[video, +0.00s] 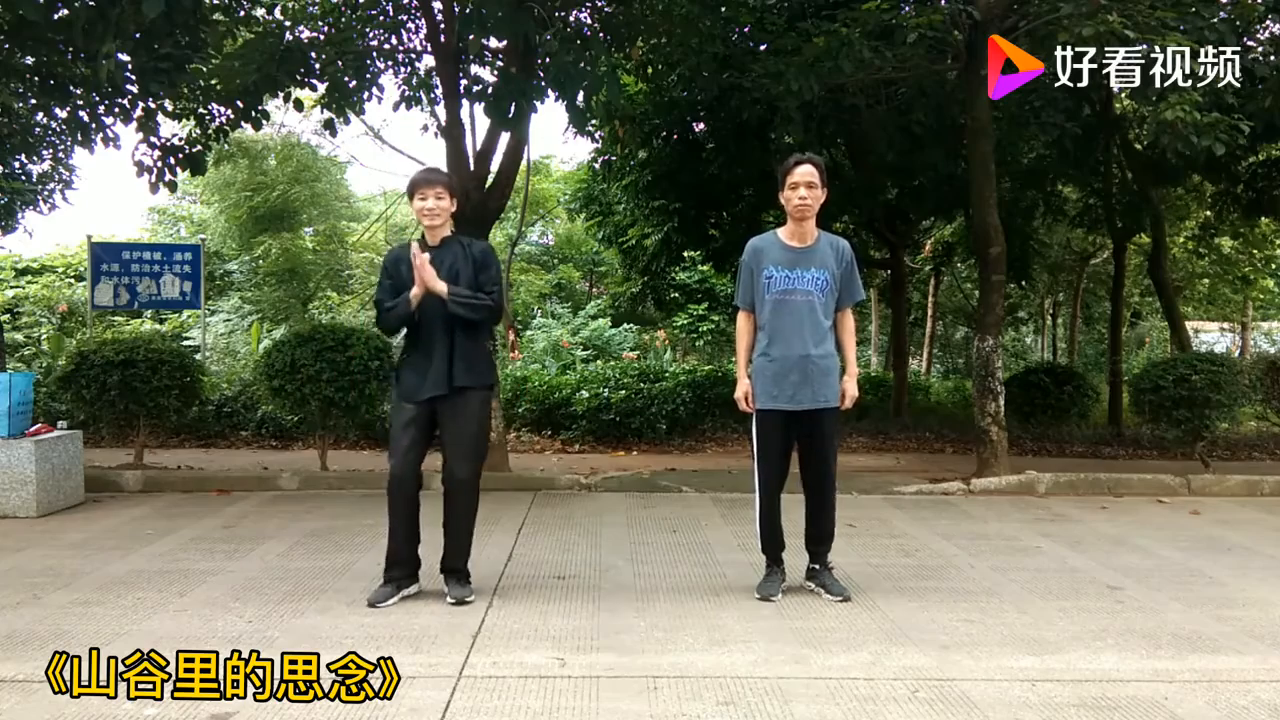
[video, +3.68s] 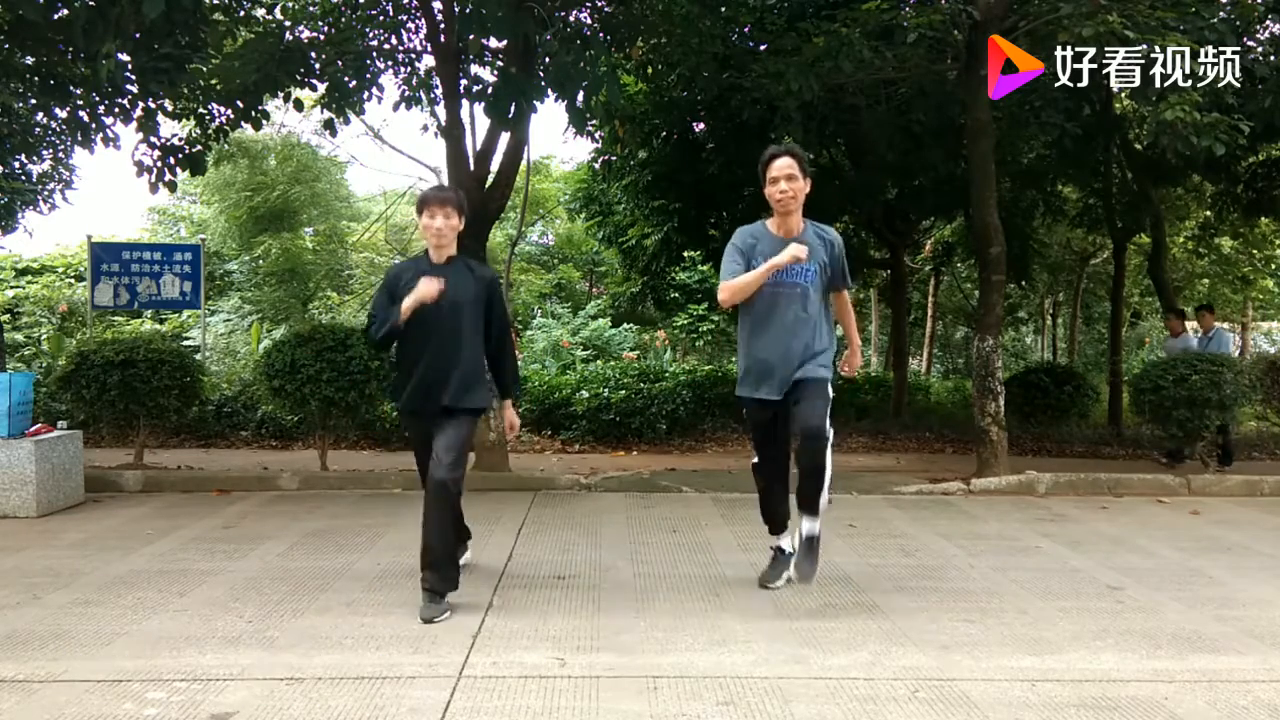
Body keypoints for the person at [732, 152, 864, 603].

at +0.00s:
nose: (803, 194)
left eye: (811, 186)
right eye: (795, 187)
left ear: (823, 194)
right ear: (782, 195)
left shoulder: (838, 250)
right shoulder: (758, 249)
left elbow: (844, 314)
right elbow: (746, 315)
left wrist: (851, 371)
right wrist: (742, 373)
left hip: (823, 384)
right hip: (770, 384)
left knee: (821, 481)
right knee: (768, 483)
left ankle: (819, 566)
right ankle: (773, 567)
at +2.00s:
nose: (804, 196)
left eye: (812, 188)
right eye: (795, 188)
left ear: (823, 196)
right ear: (782, 196)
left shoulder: (840, 251)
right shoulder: (759, 250)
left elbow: (848, 314)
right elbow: (747, 315)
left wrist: (861, 370)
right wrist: (745, 374)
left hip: (824, 387)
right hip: (772, 388)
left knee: (822, 484)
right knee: (775, 485)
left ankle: (822, 568)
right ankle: (781, 568)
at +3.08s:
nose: (785, 202)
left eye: (794, 194)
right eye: (777, 194)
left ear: (806, 203)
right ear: (765, 202)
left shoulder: (828, 254)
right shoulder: (745, 258)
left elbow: (855, 313)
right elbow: (727, 305)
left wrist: (830, 327)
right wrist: (707, 352)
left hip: (819, 393)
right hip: (766, 394)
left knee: (824, 487)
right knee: (769, 490)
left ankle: (823, 568)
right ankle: (781, 567)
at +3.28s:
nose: (779, 197)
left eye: (787, 188)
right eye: (771, 189)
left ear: (801, 197)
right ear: (759, 198)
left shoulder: (823, 246)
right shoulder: (738, 256)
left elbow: (857, 301)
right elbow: (718, 317)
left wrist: (817, 298)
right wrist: (696, 372)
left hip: (818, 375)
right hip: (763, 382)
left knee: (829, 443)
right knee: (765, 484)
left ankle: (827, 519)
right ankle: (782, 566)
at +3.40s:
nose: (777, 190)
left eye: (785, 182)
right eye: (769, 183)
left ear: (800, 187)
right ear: (759, 191)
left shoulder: (823, 237)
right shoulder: (742, 248)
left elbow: (846, 288)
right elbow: (722, 311)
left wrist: (841, 334)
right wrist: (740, 364)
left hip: (816, 353)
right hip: (765, 365)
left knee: (819, 382)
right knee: (772, 467)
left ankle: (820, 469)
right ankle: (782, 552)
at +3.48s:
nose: (778, 199)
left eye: (786, 191)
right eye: (770, 192)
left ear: (801, 197)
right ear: (759, 200)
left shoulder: (822, 247)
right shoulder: (742, 255)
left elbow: (841, 305)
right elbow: (723, 313)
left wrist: (854, 359)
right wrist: (761, 332)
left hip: (813, 359)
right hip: (764, 372)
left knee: (818, 371)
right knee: (771, 468)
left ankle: (817, 461)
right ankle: (781, 555)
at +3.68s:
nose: (782, 188)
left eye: (790, 180)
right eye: (774, 182)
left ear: (806, 185)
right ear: (765, 190)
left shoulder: (827, 240)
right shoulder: (745, 240)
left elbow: (839, 294)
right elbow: (726, 296)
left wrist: (854, 343)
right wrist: (772, 264)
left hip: (812, 363)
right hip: (759, 370)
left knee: (813, 432)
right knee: (770, 463)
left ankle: (810, 528)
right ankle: (781, 545)